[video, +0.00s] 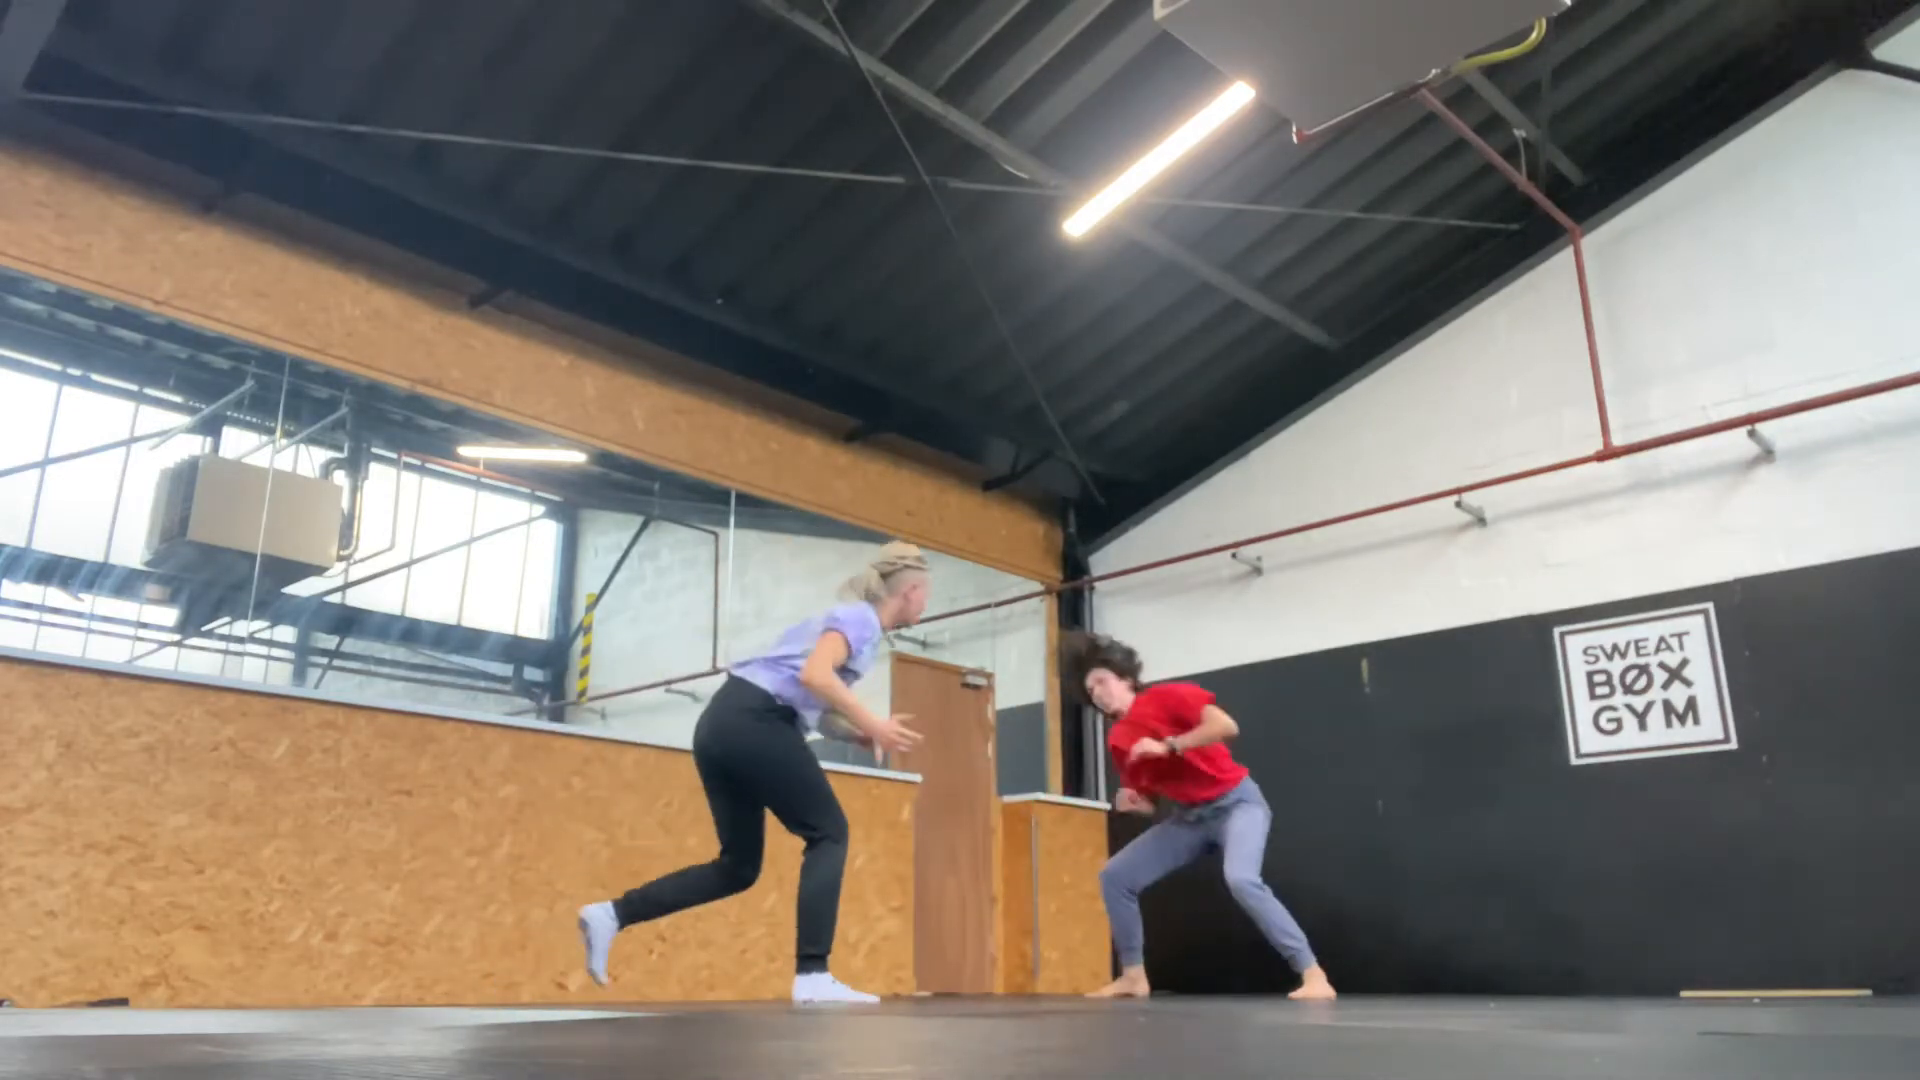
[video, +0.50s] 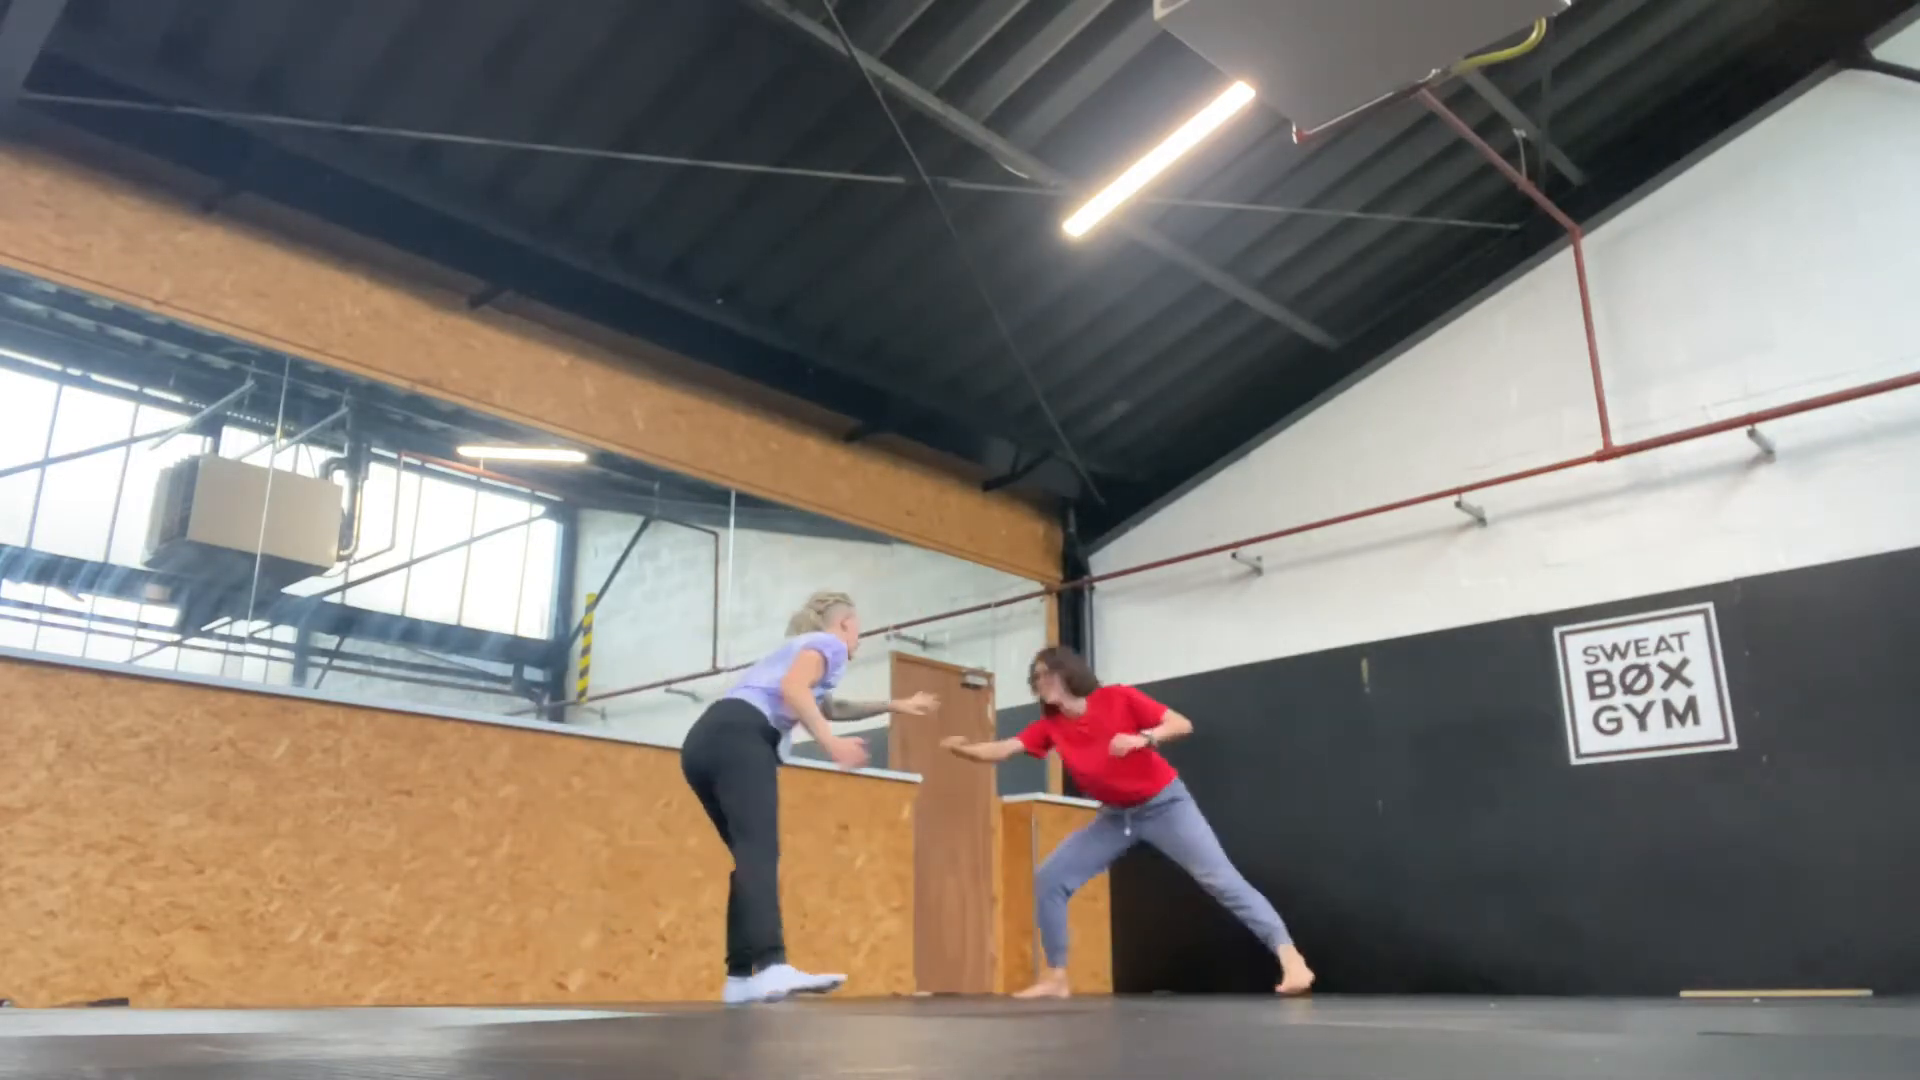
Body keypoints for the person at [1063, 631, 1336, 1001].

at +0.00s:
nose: (1096, 694)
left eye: (1100, 682)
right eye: (1090, 690)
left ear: (1124, 676)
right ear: (1091, 699)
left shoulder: (1168, 697)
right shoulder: (1118, 739)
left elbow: (1225, 725)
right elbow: (1149, 802)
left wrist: (1169, 745)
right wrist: (1134, 803)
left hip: (1237, 804)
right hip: (1187, 819)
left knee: (1241, 879)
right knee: (1116, 877)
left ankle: (1314, 977)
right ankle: (1134, 977)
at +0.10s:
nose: (1118, 692)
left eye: (1123, 681)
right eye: (1113, 687)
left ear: (1150, 677)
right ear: (1116, 696)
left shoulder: (1196, 703)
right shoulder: (1135, 743)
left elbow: (1253, 750)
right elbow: (1138, 813)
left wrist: (1192, 759)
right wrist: (1155, 812)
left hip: (1243, 813)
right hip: (1189, 823)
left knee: (1243, 879)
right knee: (1110, 869)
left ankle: (1314, 976)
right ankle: (1126, 966)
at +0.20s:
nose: (1121, 694)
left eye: (1127, 683)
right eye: (1117, 688)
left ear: (1154, 682)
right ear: (1121, 696)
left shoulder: (1204, 707)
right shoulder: (1135, 740)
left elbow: (1265, 748)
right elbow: (1112, 807)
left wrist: (1207, 765)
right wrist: (1138, 803)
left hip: (1240, 813)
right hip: (1186, 819)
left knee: (1241, 880)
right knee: (1103, 868)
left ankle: (1312, 975)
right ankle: (1096, 965)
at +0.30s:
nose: (1107, 699)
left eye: (1112, 689)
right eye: (1103, 693)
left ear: (1136, 683)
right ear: (1106, 698)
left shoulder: (1185, 707)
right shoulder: (1116, 737)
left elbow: (1253, 735)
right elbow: (1069, 785)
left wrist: (1214, 763)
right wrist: (1093, 776)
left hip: (1225, 817)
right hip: (1173, 822)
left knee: (1231, 886)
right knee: (1095, 875)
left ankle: (1311, 977)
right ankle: (1066, 968)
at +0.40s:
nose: (1071, 694)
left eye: (1076, 685)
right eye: (1068, 688)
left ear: (1101, 684)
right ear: (1075, 693)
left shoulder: (1152, 705)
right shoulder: (1083, 734)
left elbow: (1214, 729)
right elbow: (1053, 759)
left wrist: (1190, 750)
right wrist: (1035, 756)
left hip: (1194, 815)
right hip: (1146, 822)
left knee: (1224, 894)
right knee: (1073, 880)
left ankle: (1307, 975)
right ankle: (1057, 979)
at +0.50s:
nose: (1038, 686)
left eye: (1043, 677)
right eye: (1036, 680)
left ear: (1065, 675)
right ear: (1043, 686)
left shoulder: (1117, 698)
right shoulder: (1050, 728)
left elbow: (1181, 725)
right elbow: (1002, 750)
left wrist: (1144, 736)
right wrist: (965, 747)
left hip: (1165, 806)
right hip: (1115, 818)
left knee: (1220, 880)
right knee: (1051, 878)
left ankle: (1292, 961)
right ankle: (1056, 978)